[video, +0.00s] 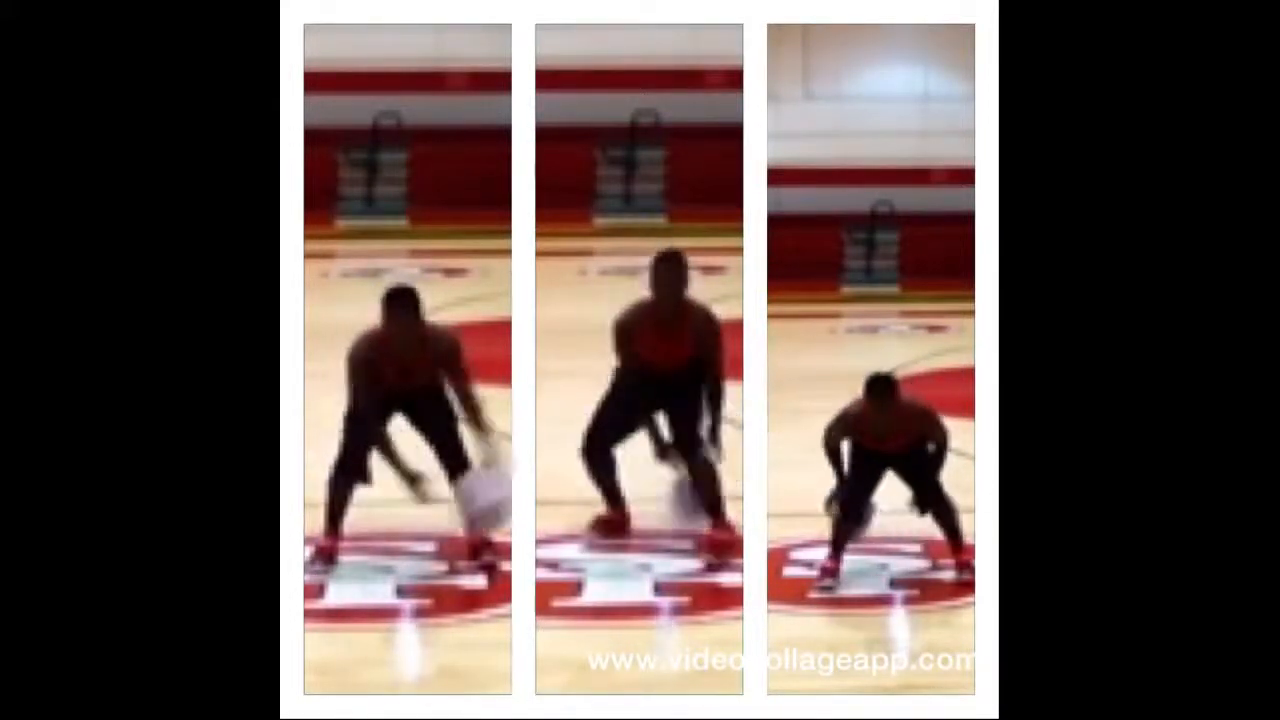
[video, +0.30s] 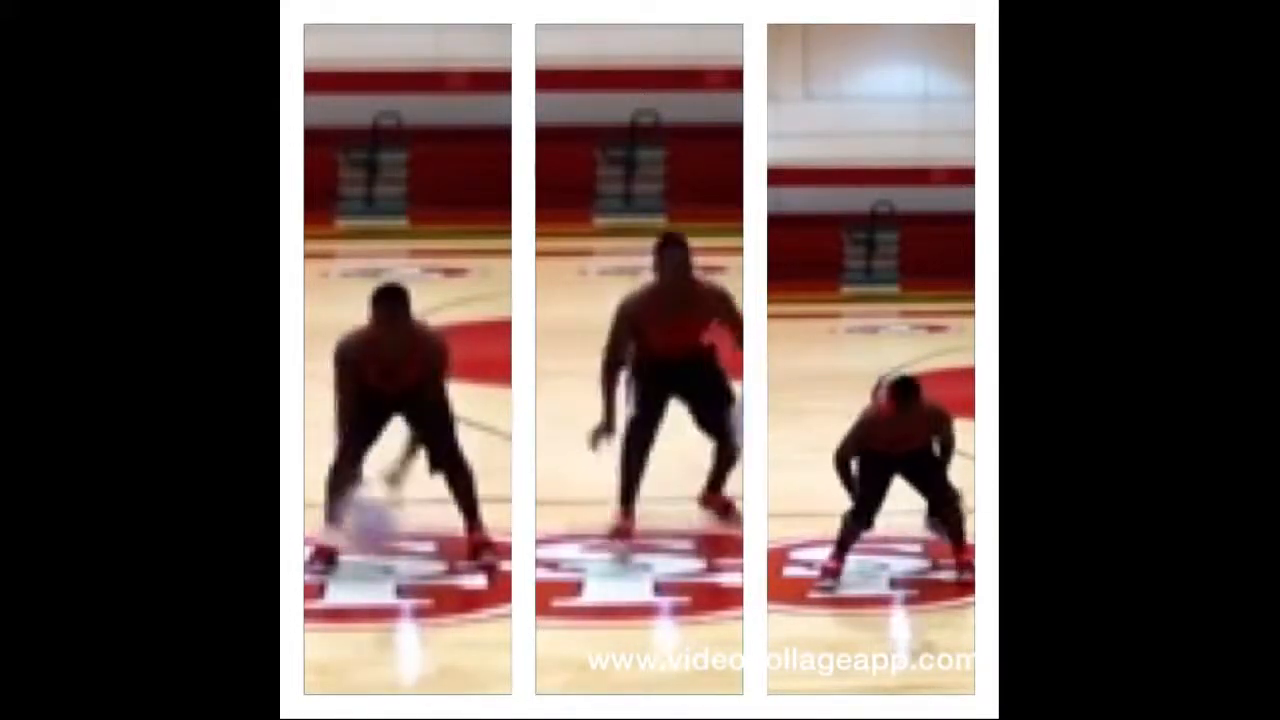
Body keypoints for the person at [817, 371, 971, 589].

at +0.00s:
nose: (881, 413)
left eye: (886, 406)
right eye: (875, 407)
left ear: (896, 399)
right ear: (867, 401)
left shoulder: (918, 414)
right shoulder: (856, 415)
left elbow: (941, 442)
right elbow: (831, 440)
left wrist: (926, 486)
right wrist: (841, 479)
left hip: (910, 453)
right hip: (868, 454)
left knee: (936, 500)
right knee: (850, 504)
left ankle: (960, 555)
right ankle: (833, 560)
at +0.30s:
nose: (897, 414)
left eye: (903, 409)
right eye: (893, 408)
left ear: (915, 403)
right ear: (886, 403)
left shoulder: (931, 414)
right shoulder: (872, 419)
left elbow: (947, 440)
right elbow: (841, 456)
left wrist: (940, 469)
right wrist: (854, 492)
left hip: (916, 455)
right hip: (876, 458)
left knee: (947, 500)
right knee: (863, 512)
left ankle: (961, 556)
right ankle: (836, 559)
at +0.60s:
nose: (890, 407)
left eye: (896, 400)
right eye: (885, 400)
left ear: (905, 393)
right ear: (877, 394)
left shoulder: (928, 411)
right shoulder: (864, 412)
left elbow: (950, 439)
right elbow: (843, 441)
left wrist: (937, 479)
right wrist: (858, 477)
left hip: (919, 454)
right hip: (878, 454)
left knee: (939, 502)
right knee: (862, 505)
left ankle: (961, 556)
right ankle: (835, 559)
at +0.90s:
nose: (900, 407)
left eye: (905, 401)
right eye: (895, 401)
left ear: (913, 394)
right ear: (885, 394)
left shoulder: (929, 412)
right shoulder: (869, 411)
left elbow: (942, 445)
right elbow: (836, 449)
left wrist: (939, 479)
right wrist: (846, 493)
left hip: (913, 455)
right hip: (873, 456)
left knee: (942, 503)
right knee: (858, 511)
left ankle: (961, 558)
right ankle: (835, 560)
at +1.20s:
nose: (893, 405)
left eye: (898, 398)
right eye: (887, 398)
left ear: (907, 392)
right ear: (878, 392)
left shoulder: (924, 410)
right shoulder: (863, 410)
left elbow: (945, 438)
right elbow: (837, 441)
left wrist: (932, 478)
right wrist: (853, 475)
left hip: (913, 453)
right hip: (873, 454)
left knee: (938, 503)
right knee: (855, 506)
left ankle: (962, 558)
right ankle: (833, 561)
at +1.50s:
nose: (906, 403)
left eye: (911, 395)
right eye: (901, 396)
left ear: (920, 391)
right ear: (891, 391)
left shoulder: (934, 410)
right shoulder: (874, 409)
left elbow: (943, 445)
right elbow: (841, 446)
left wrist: (935, 477)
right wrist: (853, 485)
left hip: (913, 455)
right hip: (873, 456)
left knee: (939, 505)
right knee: (858, 509)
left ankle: (961, 557)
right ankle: (834, 560)